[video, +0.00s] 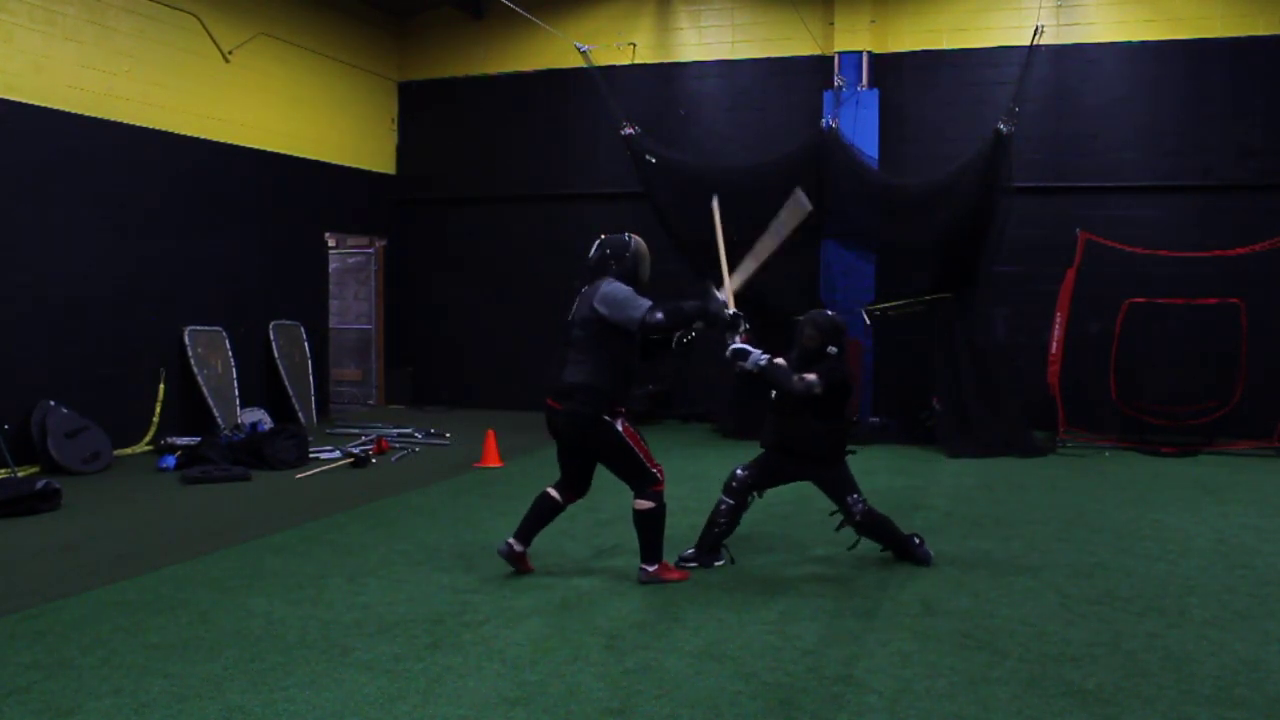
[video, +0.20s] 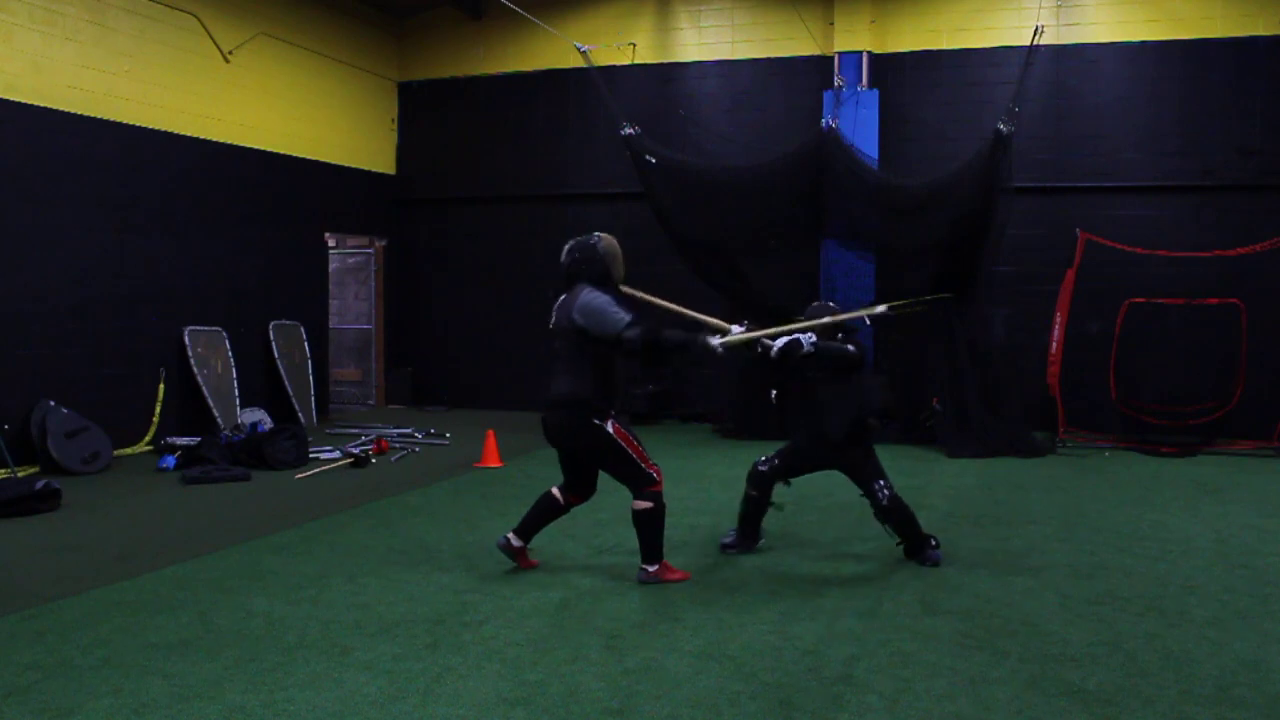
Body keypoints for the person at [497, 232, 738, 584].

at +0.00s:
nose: (641, 270)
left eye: (641, 262)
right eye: (638, 262)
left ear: (601, 260)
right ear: (626, 262)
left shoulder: (590, 295)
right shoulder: (610, 291)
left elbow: (644, 345)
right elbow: (655, 318)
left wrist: (695, 327)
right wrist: (707, 307)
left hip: (566, 407)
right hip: (595, 411)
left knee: (573, 484)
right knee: (649, 480)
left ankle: (516, 545)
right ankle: (652, 565)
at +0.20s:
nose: (618, 267)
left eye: (616, 259)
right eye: (612, 260)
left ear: (577, 265)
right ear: (597, 264)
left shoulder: (568, 300)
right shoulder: (590, 300)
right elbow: (637, 337)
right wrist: (699, 341)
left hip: (564, 414)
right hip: (588, 416)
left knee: (579, 486)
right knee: (648, 480)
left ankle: (516, 540)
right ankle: (652, 565)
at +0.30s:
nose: (590, 269)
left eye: (587, 262)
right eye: (583, 263)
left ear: (550, 273)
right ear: (569, 271)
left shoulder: (564, 309)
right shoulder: (561, 316)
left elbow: (608, 345)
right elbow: (598, 361)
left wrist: (648, 357)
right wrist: (648, 360)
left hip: (555, 417)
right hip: (576, 419)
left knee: (566, 489)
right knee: (636, 482)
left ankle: (510, 547)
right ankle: (652, 565)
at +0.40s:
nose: (563, 266)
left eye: (559, 260)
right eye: (555, 261)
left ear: (527, 272)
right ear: (541, 270)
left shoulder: (555, 304)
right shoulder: (528, 319)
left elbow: (580, 331)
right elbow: (548, 370)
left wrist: (607, 343)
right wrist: (591, 364)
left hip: (543, 415)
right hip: (550, 417)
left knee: (549, 488)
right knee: (608, 484)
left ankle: (506, 554)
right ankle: (645, 558)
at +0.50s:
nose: (542, 263)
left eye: (539, 257)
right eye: (534, 258)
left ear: (509, 269)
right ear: (517, 267)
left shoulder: (536, 303)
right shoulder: (499, 318)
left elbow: (562, 321)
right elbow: (519, 374)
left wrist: (583, 330)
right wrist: (565, 343)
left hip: (521, 414)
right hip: (522, 417)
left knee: (539, 485)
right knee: (591, 472)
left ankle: (504, 556)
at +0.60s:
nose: (519, 259)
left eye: (515, 253)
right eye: (510, 254)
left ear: (485, 266)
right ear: (495, 264)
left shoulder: (518, 299)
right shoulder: (475, 315)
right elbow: (501, 369)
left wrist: (559, 325)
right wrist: (539, 337)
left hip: (510, 409)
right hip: (497, 414)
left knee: (528, 481)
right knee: (562, 476)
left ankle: (504, 551)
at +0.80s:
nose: (478, 257)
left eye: (475, 250)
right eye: (470, 251)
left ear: (447, 260)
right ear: (451, 258)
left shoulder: (466, 297)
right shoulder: (434, 308)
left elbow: (488, 340)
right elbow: (461, 357)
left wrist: (502, 316)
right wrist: (489, 312)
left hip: (470, 412)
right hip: (448, 417)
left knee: (492, 481)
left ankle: (500, 556)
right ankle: (395, 569)